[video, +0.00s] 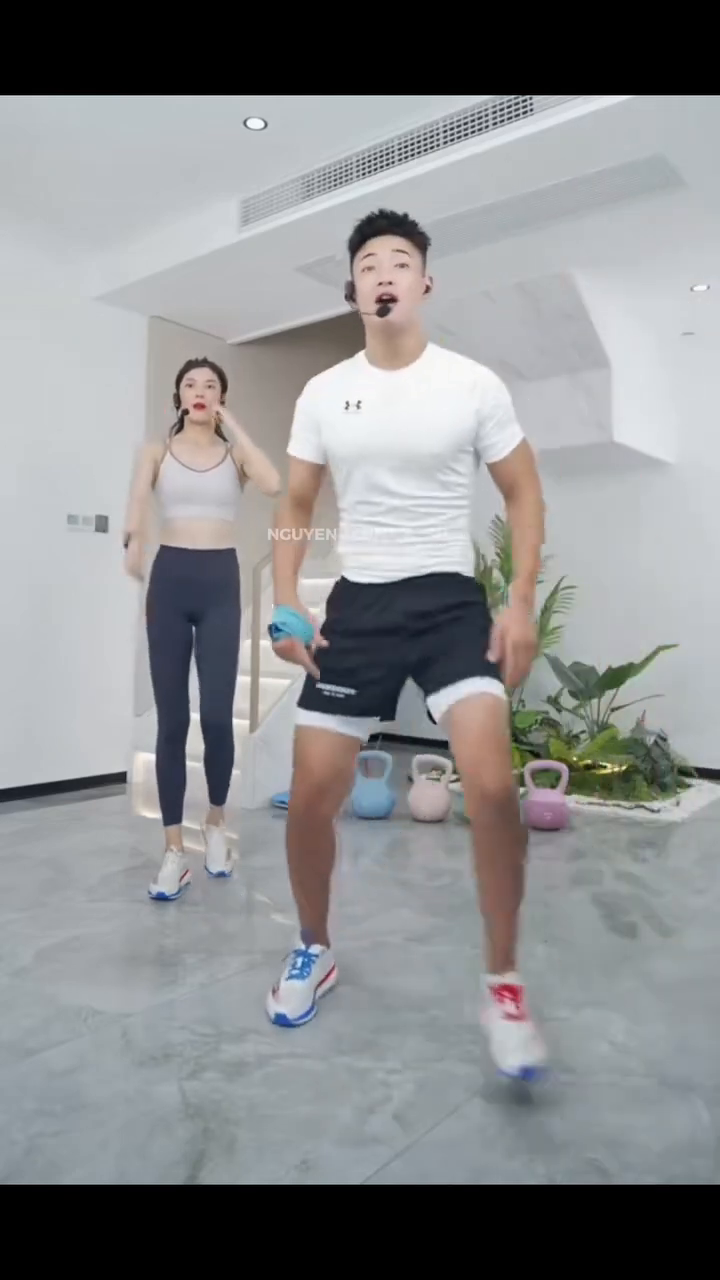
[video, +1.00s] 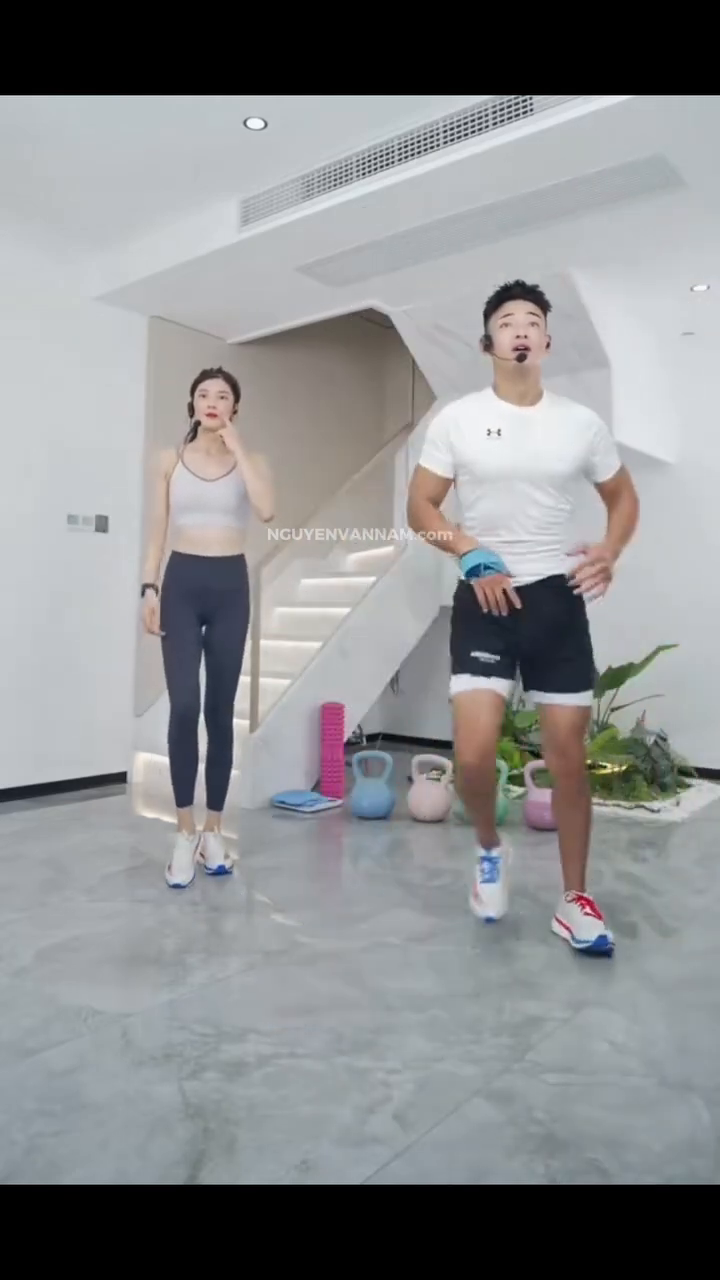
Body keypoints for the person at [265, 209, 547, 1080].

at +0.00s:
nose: (383, 276)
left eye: (399, 264)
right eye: (369, 266)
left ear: (428, 284)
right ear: (352, 291)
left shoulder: (474, 386)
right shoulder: (324, 394)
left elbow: (526, 496)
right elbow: (295, 509)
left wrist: (519, 605)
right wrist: (286, 600)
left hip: (453, 607)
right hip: (355, 612)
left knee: (493, 788)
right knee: (310, 795)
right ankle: (313, 950)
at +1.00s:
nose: (522, 331)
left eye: (532, 322)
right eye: (508, 323)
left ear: (547, 340)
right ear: (487, 343)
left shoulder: (580, 424)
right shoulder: (456, 419)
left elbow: (623, 500)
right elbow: (421, 509)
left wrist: (608, 553)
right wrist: (474, 557)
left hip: (559, 601)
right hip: (483, 600)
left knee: (568, 756)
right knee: (472, 758)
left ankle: (574, 897)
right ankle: (488, 850)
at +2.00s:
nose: (380, 314)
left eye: (394, 303)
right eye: (368, 304)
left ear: (417, 319)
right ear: (352, 323)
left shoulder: (462, 408)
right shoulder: (324, 414)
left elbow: (510, 482)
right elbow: (300, 487)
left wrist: (469, 544)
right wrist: (287, 532)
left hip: (428, 609)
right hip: (348, 604)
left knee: (394, 789)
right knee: (311, 768)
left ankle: (353, 899)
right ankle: (305, 924)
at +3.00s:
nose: (491, 328)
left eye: (506, 313)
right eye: (477, 314)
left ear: (528, 321)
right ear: (459, 322)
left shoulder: (562, 403)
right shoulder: (426, 409)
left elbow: (612, 506)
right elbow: (393, 514)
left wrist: (552, 514)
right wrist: (434, 489)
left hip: (535, 609)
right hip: (445, 606)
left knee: (581, 782)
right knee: (367, 739)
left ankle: (620, 966)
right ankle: (359, 901)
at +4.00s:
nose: (440, 357)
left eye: (453, 344)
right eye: (427, 346)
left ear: (473, 355)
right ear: (413, 359)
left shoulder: (505, 433)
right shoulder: (385, 435)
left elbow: (537, 517)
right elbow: (370, 517)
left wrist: (546, 570)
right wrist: (364, 566)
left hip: (489, 612)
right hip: (410, 616)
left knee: (549, 765)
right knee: (359, 760)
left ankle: (583, 892)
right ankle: (301, 900)